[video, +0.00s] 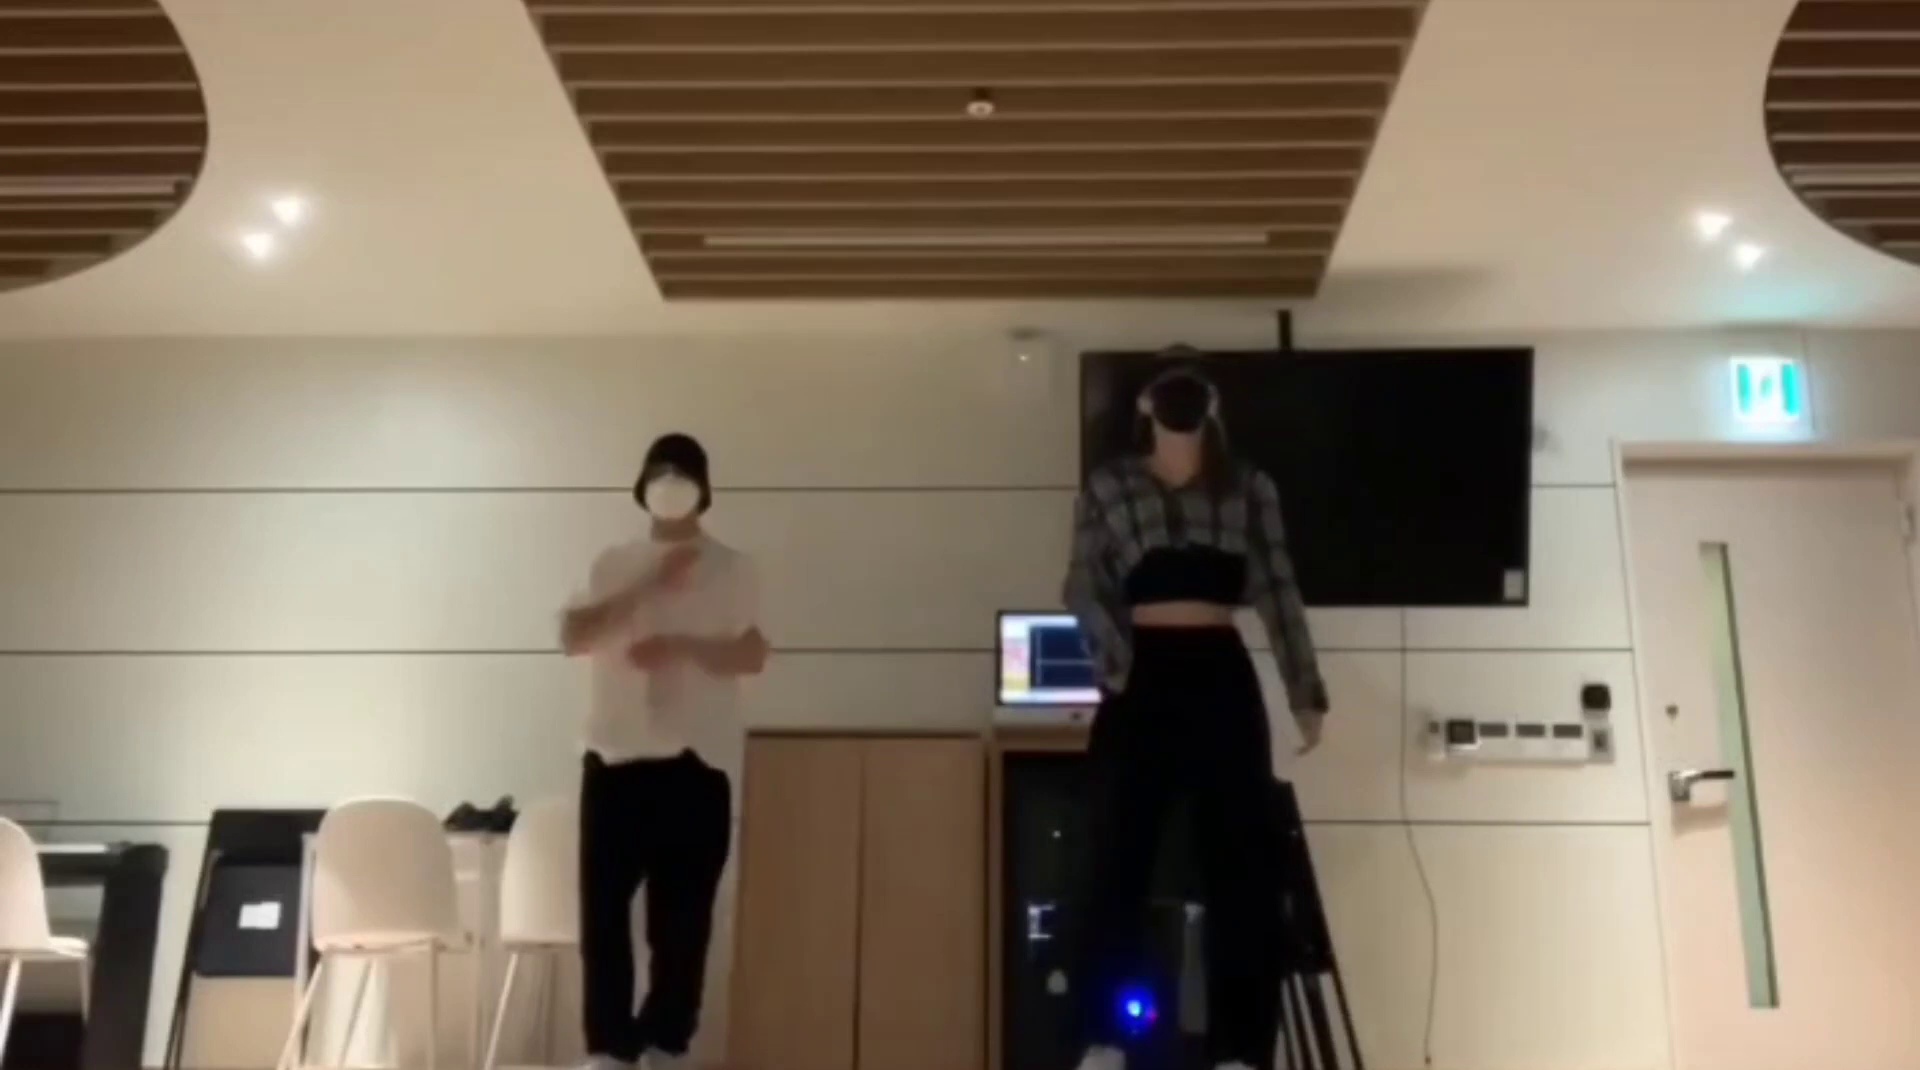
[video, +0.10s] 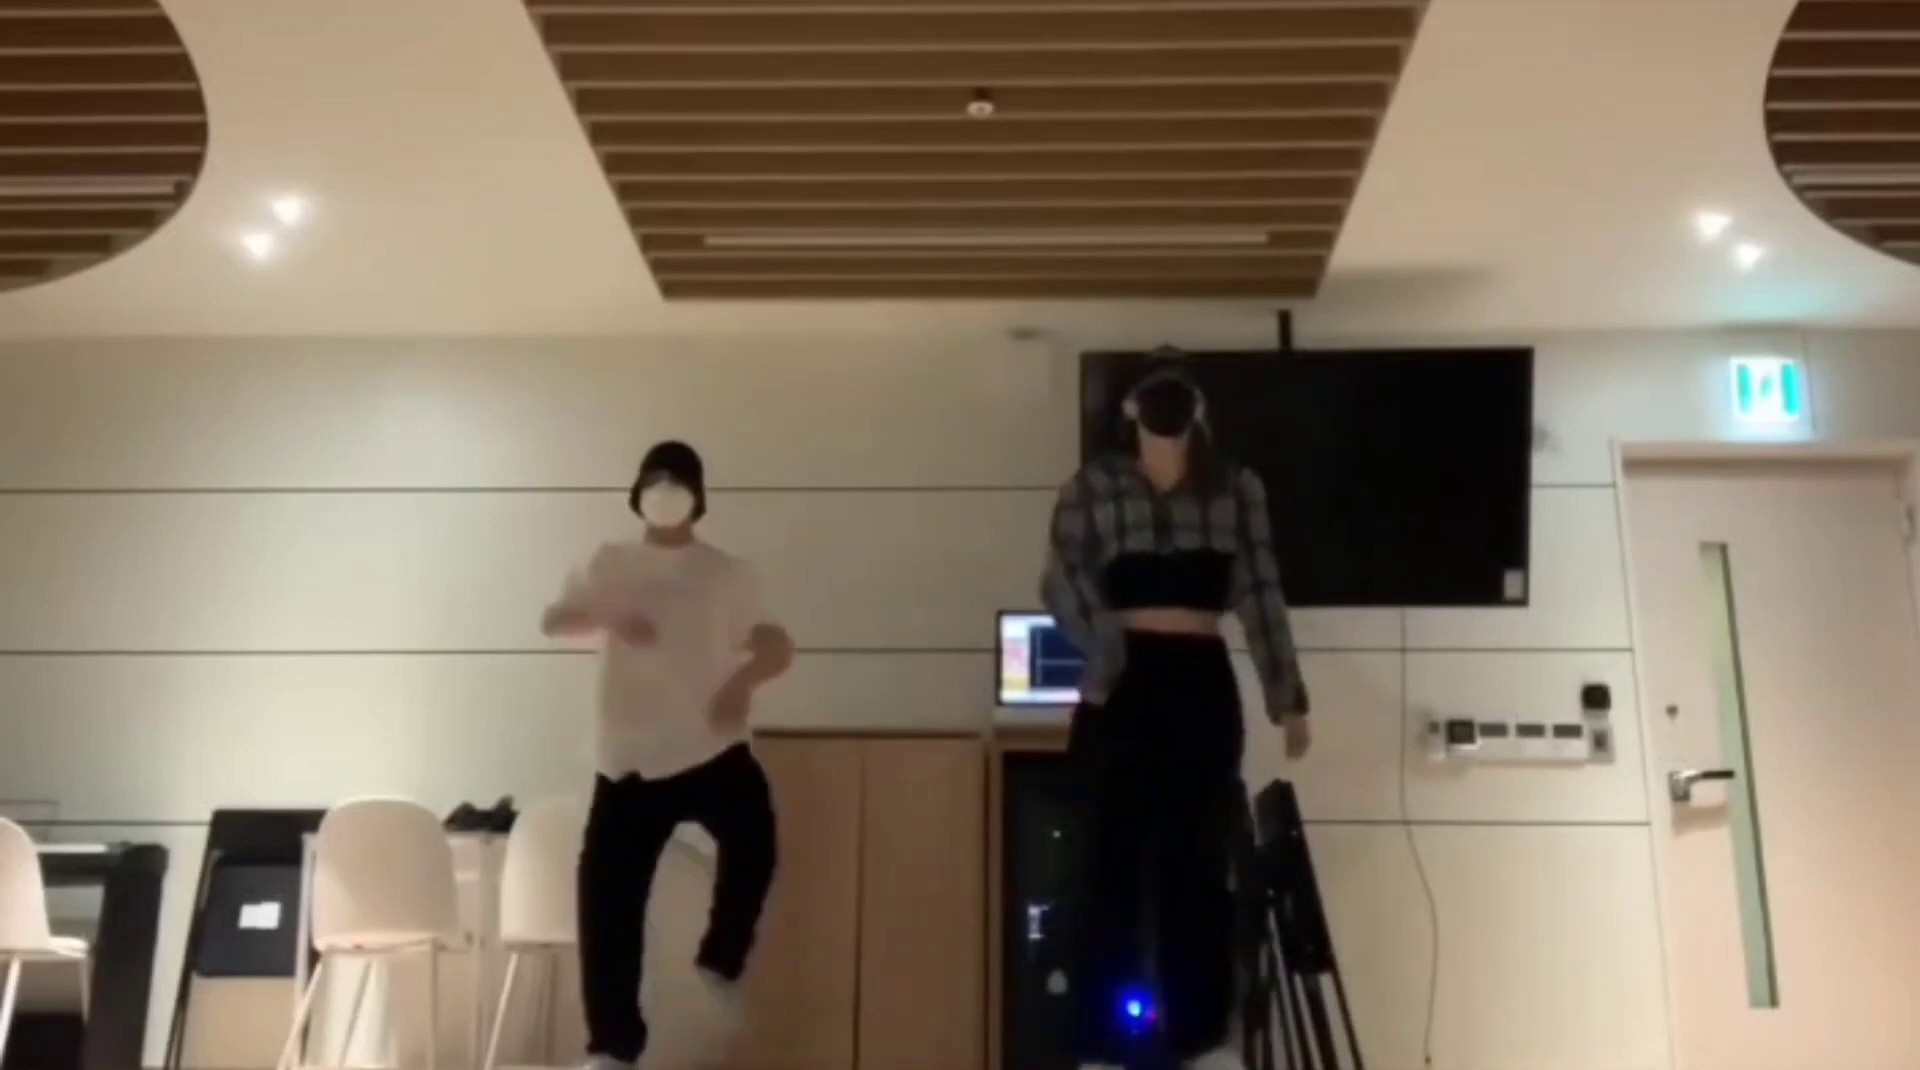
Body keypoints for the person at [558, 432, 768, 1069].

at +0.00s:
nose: (669, 491)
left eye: (683, 479)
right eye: (658, 479)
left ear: (704, 490)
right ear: (642, 489)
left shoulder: (733, 569)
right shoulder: (617, 563)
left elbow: (753, 655)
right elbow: (574, 636)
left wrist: (679, 647)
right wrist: (651, 584)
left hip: (698, 765)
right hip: (615, 763)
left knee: (681, 916)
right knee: (604, 914)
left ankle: (666, 1046)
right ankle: (608, 1047)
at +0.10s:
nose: (666, 495)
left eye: (680, 484)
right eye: (654, 484)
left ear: (699, 496)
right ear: (637, 495)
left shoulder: (731, 575)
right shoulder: (612, 565)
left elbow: (776, 647)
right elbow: (555, 621)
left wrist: (741, 683)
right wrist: (610, 617)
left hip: (716, 760)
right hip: (632, 768)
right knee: (606, 905)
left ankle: (720, 967)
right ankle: (613, 1044)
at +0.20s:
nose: (668, 504)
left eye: (682, 493)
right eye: (657, 493)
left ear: (701, 505)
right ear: (640, 503)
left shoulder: (735, 584)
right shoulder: (610, 577)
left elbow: (798, 642)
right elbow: (552, 619)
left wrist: (768, 665)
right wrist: (544, 661)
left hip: (721, 752)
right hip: (639, 766)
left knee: (775, 808)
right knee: (611, 904)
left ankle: (761, 937)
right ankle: (617, 1044)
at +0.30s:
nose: (680, 510)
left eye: (692, 500)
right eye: (667, 500)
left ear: (712, 512)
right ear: (649, 512)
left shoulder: (737, 587)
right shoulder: (623, 587)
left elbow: (797, 637)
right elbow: (547, 641)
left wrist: (773, 629)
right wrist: (468, 695)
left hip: (735, 758)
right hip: (655, 781)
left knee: (807, 799)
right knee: (622, 912)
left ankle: (820, 920)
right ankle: (620, 1048)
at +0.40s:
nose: (692, 519)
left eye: (704, 507)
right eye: (681, 507)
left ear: (724, 519)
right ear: (662, 519)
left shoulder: (754, 589)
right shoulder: (636, 601)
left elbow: (770, 653)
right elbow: (566, 669)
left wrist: (808, 602)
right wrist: (497, 726)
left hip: (769, 779)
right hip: (680, 793)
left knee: (847, 883)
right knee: (630, 920)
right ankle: (621, 1049)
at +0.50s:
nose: (691, 521)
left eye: (703, 510)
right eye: (680, 511)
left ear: (725, 521)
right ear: (664, 524)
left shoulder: (755, 589)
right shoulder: (645, 604)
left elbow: (779, 655)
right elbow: (581, 672)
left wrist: (827, 600)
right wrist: (520, 730)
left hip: (777, 790)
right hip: (688, 802)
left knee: (848, 899)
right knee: (626, 927)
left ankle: (936, 1014)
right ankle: (621, 1052)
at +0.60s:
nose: (698, 516)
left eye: (712, 503)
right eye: (685, 507)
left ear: (734, 515)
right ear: (672, 523)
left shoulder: (776, 580)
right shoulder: (674, 602)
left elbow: (871, 596)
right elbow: (681, 683)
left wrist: (939, 560)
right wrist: (634, 740)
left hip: (804, 791)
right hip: (718, 803)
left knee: (877, 914)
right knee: (653, 925)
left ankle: (953, 1042)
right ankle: (620, 1052)